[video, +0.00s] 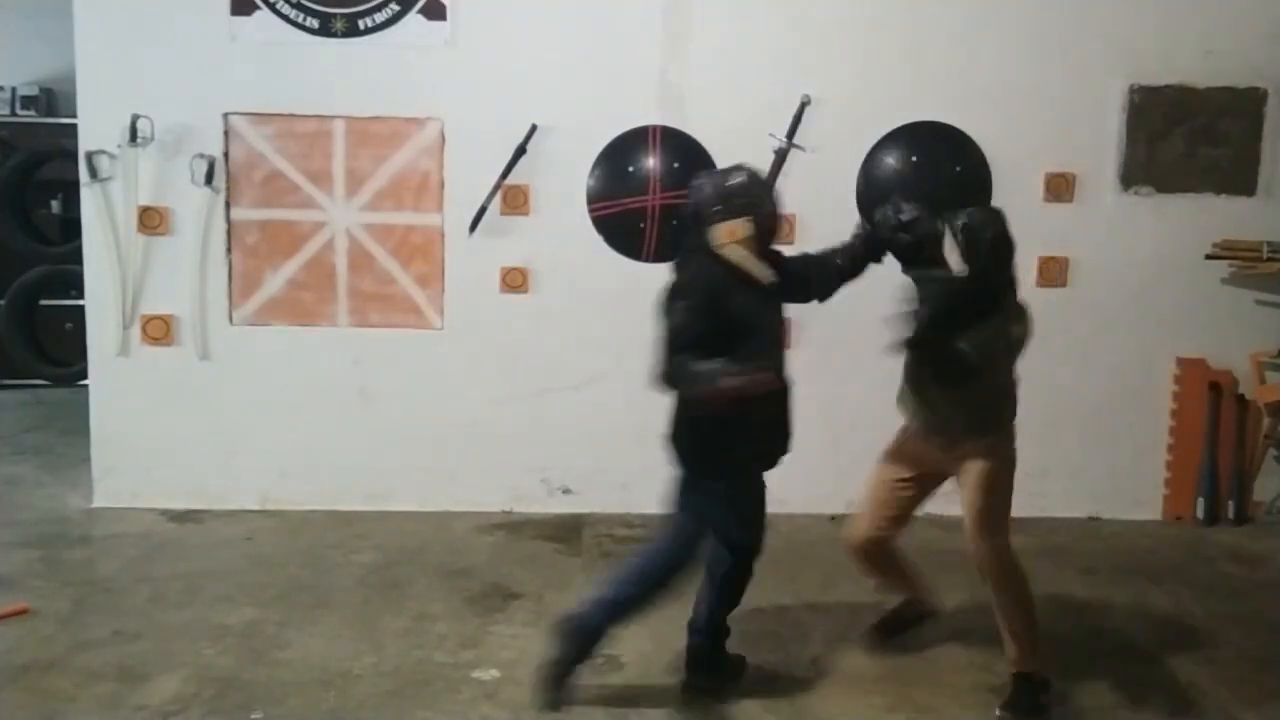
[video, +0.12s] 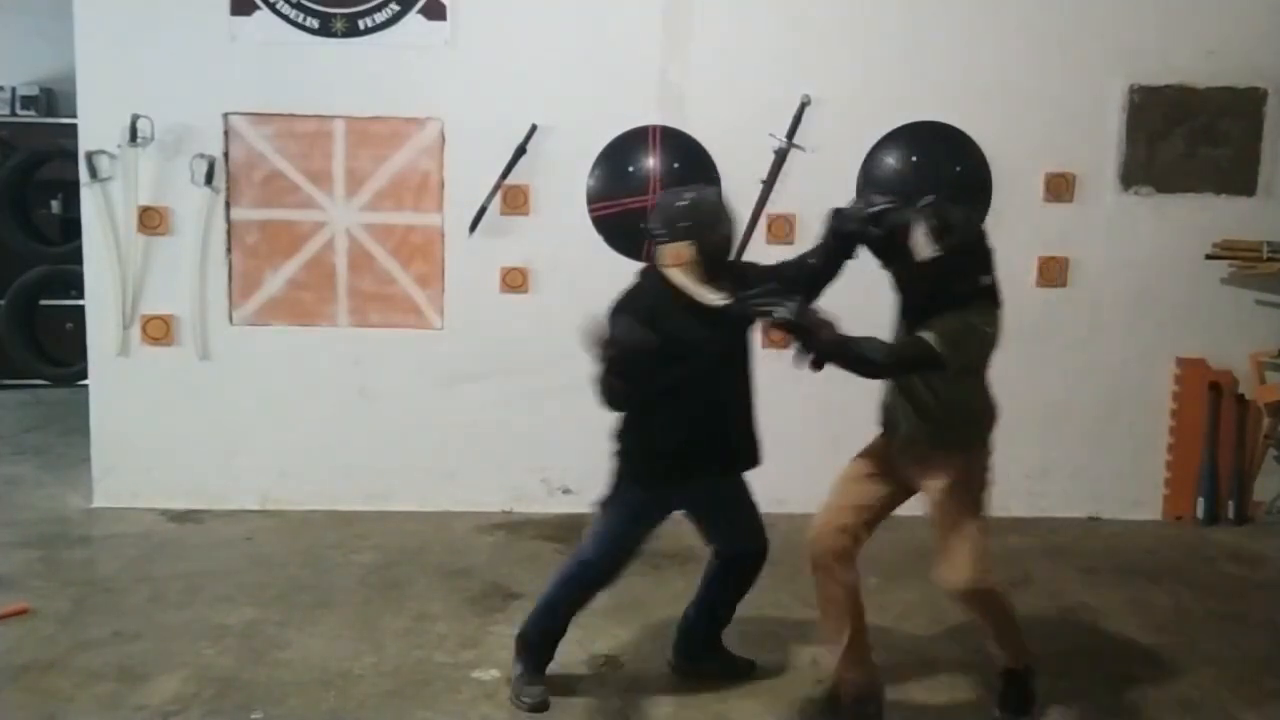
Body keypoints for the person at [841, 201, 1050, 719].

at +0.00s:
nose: (900, 230)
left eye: (907, 214)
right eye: (892, 215)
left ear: (940, 202)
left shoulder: (979, 229)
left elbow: (995, 303)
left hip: (984, 434)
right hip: (926, 429)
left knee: (988, 548)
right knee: (865, 539)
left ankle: (1027, 672)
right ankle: (916, 601)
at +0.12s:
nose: (891, 238)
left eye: (900, 226)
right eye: (888, 224)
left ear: (942, 227)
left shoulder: (971, 308)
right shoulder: (919, 265)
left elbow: (891, 361)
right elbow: (811, 277)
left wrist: (809, 331)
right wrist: (841, 235)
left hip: (955, 446)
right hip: (902, 438)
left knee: (963, 576)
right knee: (829, 542)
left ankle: (1017, 666)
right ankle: (855, 686)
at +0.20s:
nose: (902, 275)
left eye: (913, 264)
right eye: (898, 262)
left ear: (937, 264)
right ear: (893, 259)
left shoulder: (957, 327)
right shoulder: (893, 291)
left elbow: (878, 362)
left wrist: (806, 345)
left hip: (930, 460)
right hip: (875, 453)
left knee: (903, 570)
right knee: (817, 559)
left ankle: (983, 669)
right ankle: (852, 693)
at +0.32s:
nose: (863, 257)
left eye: (874, 253)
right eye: (866, 247)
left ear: (908, 262)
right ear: (877, 253)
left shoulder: (926, 332)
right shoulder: (874, 290)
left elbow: (835, 382)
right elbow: (829, 290)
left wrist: (771, 347)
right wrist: (788, 287)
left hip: (902, 476)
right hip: (847, 467)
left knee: (883, 602)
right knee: (771, 572)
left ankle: (921, 711)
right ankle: (828, 687)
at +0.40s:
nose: (840, 288)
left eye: (852, 280)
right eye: (841, 274)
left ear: (884, 288)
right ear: (845, 269)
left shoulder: (898, 352)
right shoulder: (853, 289)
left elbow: (787, 361)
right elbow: (775, 278)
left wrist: (720, 311)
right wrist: (709, 278)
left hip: (878, 501)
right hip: (831, 490)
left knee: (862, 623)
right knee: (725, 563)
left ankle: (917, 711)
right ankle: (755, 693)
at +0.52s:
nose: (812, 249)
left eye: (826, 247)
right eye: (821, 239)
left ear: (846, 273)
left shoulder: (855, 340)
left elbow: (743, 306)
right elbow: (791, 259)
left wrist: (661, 255)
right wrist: (768, 237)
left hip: (833, 507)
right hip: (799, 499)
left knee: (810, 656)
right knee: (682, 571)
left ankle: (895, 713)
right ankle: (705, 709)